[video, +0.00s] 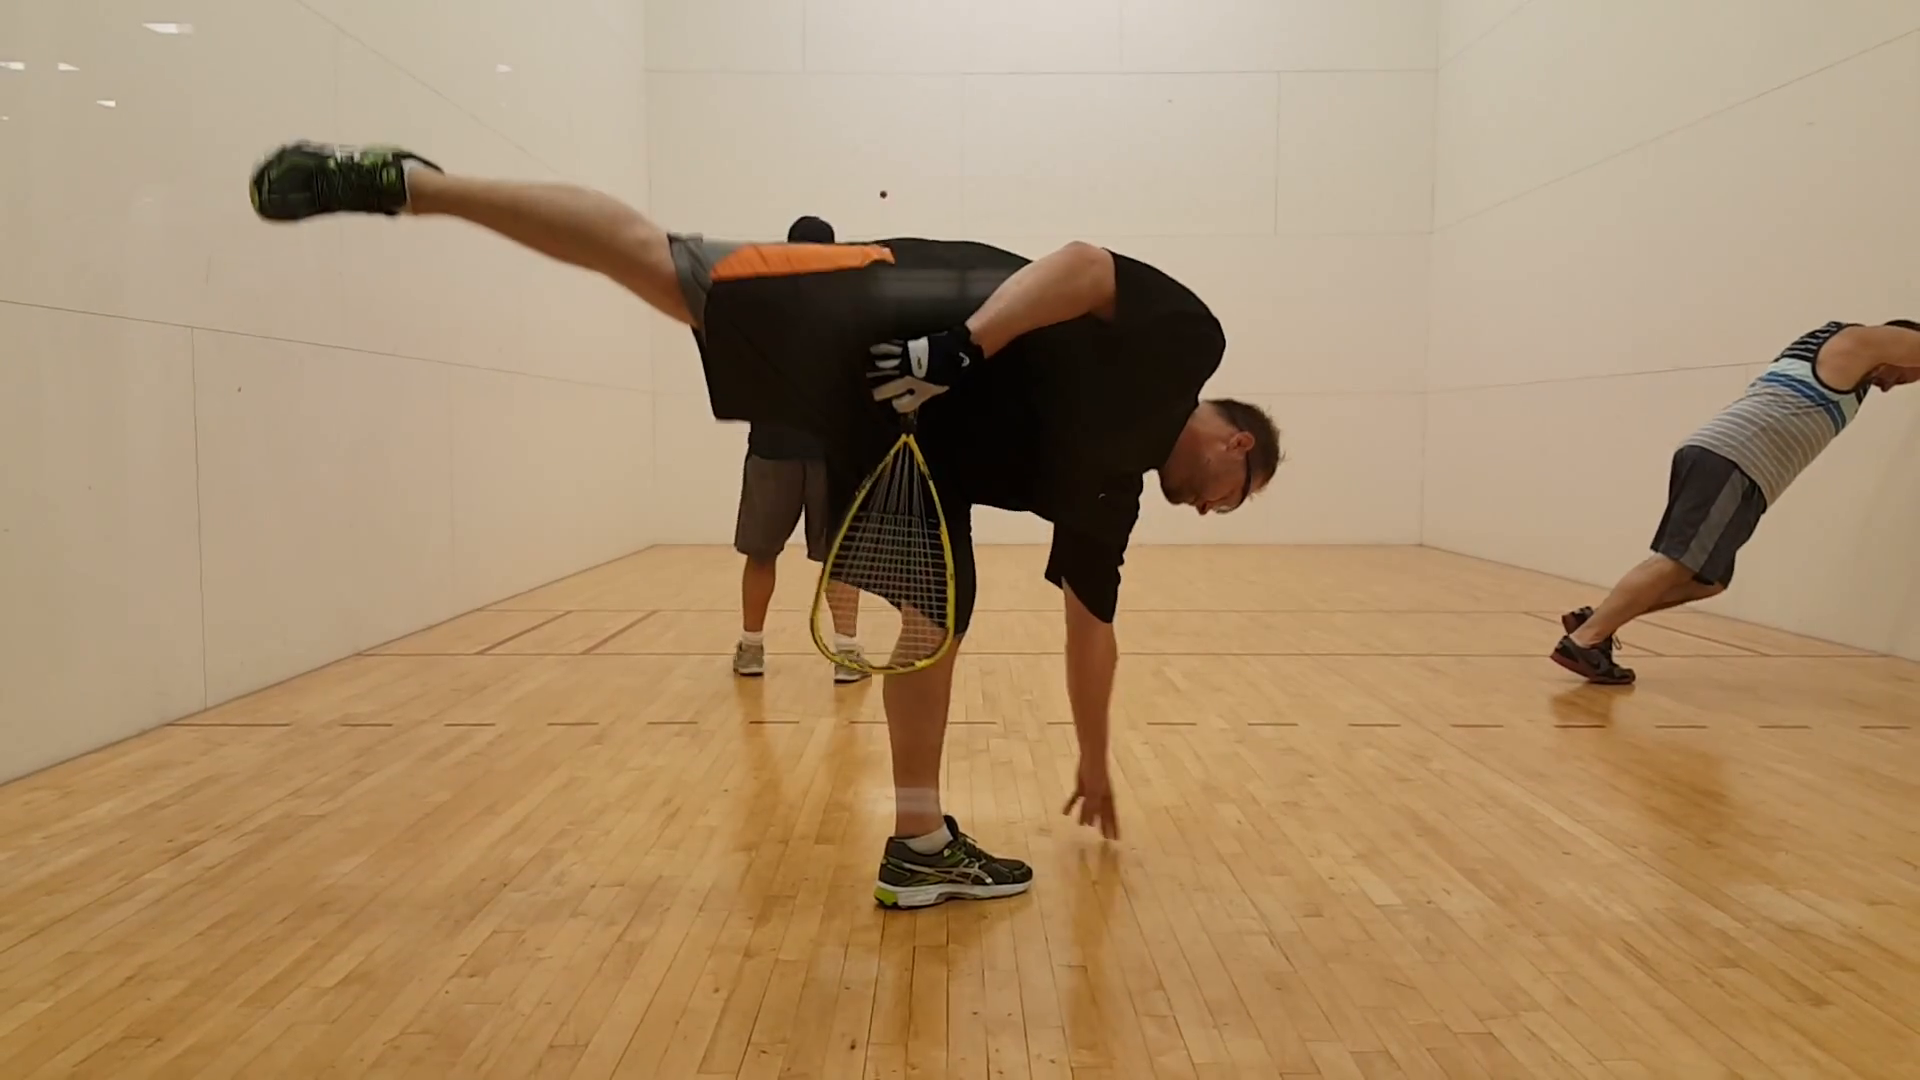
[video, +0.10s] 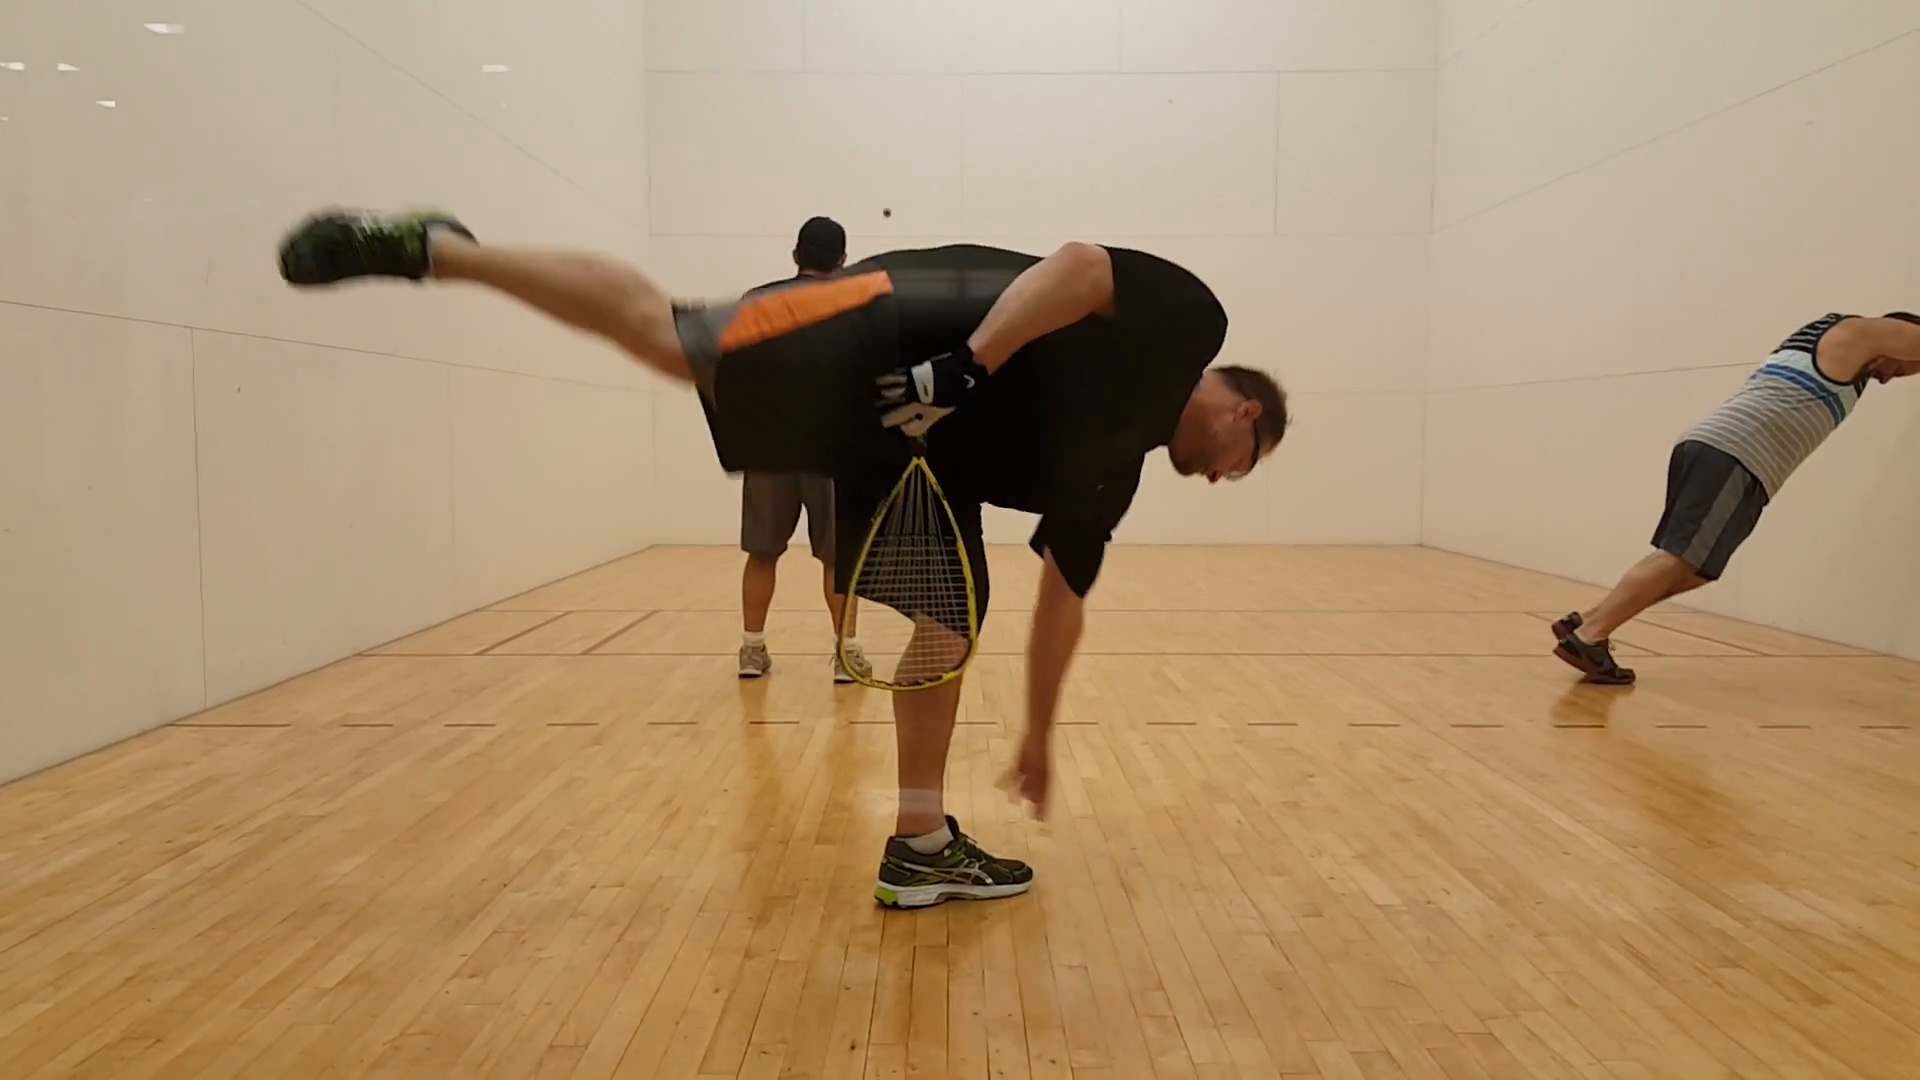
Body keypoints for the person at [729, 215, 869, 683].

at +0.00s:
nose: (814, 258)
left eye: (809, 250)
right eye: (817, 250)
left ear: (787, 250)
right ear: (833, 251)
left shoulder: (763, 296)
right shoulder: (854, 297)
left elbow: (740, 370)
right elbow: (874, 363)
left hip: (774, 441)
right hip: (837, 440)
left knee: (761, 550)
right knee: (843, 549)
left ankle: (750, 646)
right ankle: (846, 651)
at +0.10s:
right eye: (839, 258)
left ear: (796, 256)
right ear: (842, 259)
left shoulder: (761, 301)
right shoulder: (859, 304)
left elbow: (731, 376)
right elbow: (881, 377)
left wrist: (737, 443)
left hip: (768, 448)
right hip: (834, 450)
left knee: (762, 551)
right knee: (840, 553)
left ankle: (752, 648)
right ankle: (847, 651)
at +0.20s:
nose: (847, 267)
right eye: (849, 261)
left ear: (803, 255)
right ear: (848, 263)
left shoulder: (763, 300)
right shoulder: (857, 313)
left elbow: (727, 361)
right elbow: (872, 382)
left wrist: (767, 386)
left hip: (766, 451)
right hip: (831, 451)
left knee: (762, 550)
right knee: (836, 553)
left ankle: (752, 649)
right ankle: (846, 653)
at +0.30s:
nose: (853, 272)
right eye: (855, 266)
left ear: (807, 257)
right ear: (852, 265)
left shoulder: (767, 300)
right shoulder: (855, 316)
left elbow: (728, 362)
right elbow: (867, 385)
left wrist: (766, 394)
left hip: (766, 441)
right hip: (827, 445)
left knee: (757, 539)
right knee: (838, 538)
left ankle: (752, 648)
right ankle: (846, 652)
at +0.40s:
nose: (857, 277)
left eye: (855, 271)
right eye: (858, 271)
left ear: (812, 261)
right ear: (854, 270)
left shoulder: (768, 301)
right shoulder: (854, 321)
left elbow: (728, 361)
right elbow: (866, 385)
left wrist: (760, 398)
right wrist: (857, 429)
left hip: (762, 443)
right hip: (821, 448)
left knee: (759, 553)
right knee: (836, 557)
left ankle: (751, 653)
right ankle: (847, 653)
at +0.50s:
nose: (856, 281)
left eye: (856, 275)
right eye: (858, 274)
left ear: (810, 264)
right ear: (853, 272)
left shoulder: (767, 302)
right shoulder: (854, 324)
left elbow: (726, 361)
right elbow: (861, 391)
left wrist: (757, 401)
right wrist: (856, 433)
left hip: (761, 442)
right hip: (820, 448)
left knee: (757, 551)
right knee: (832, 556)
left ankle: (751, 649)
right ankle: (847, 652)